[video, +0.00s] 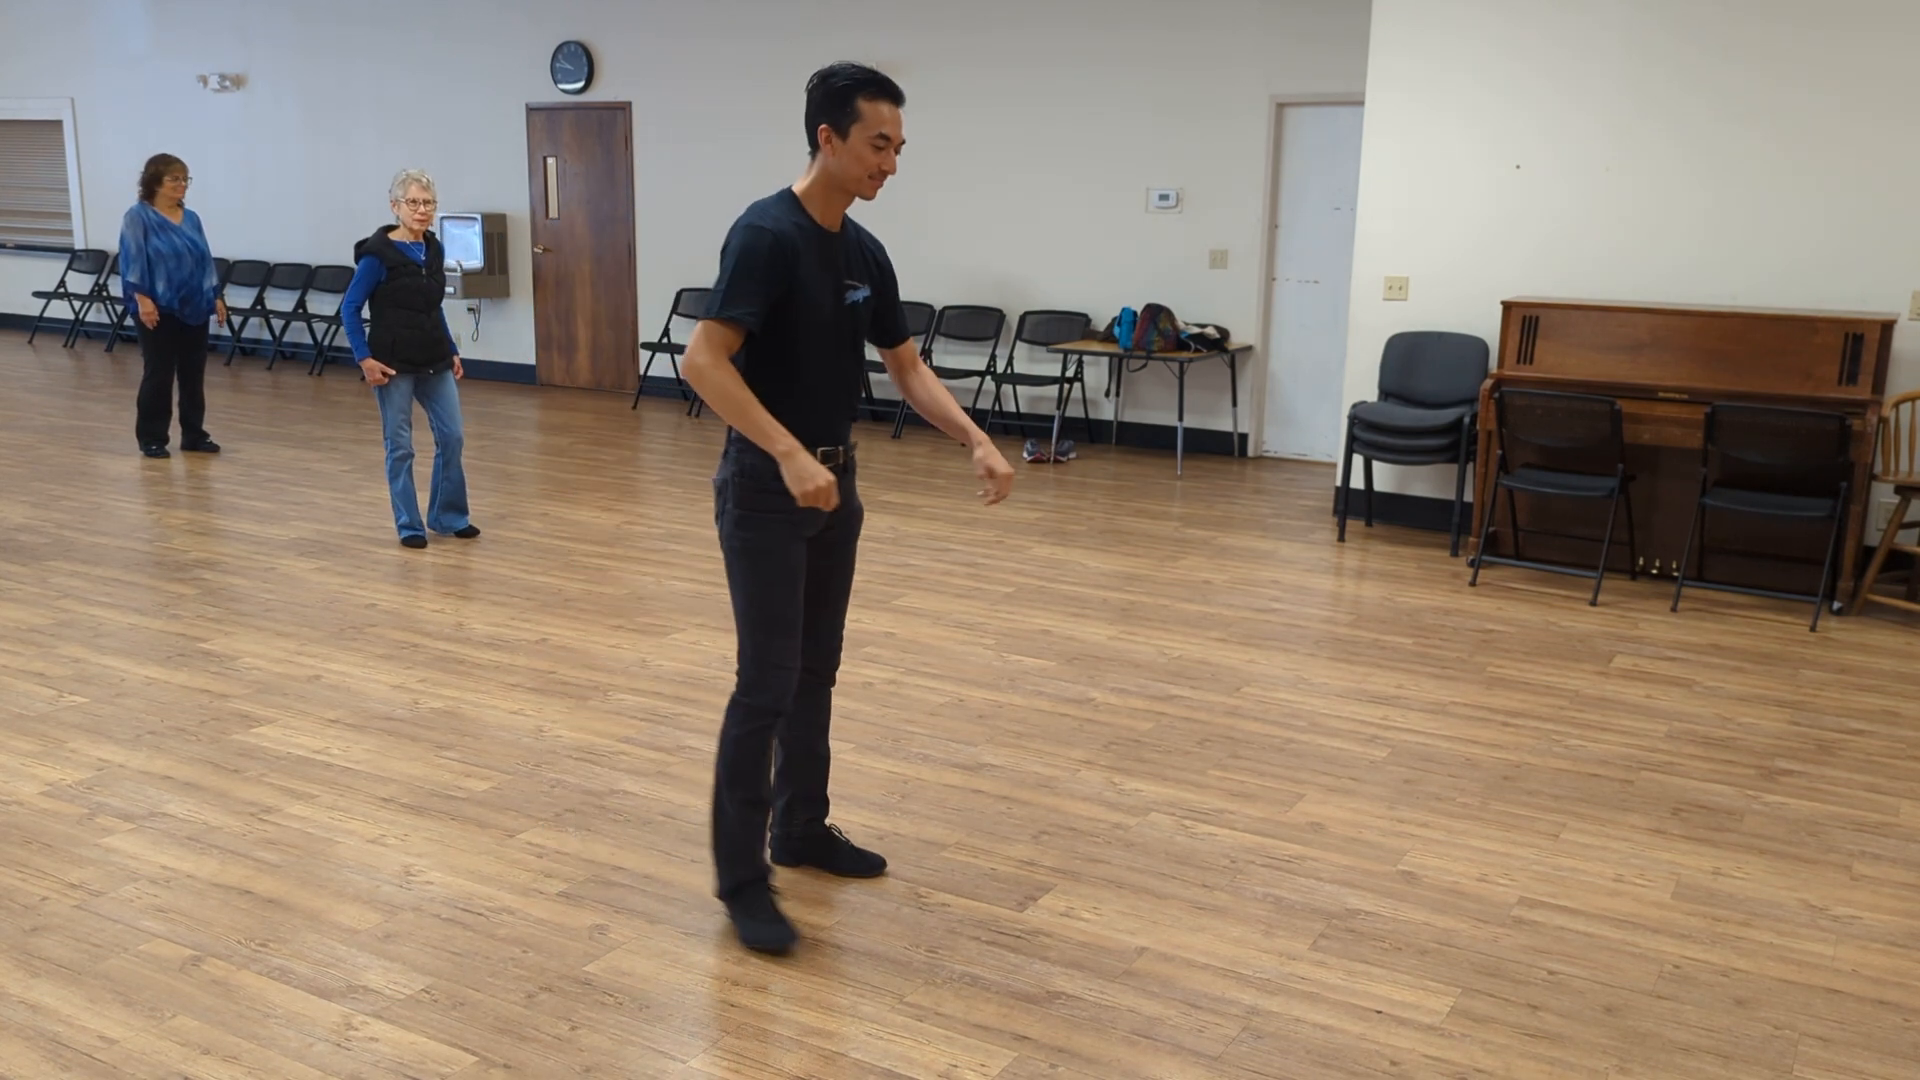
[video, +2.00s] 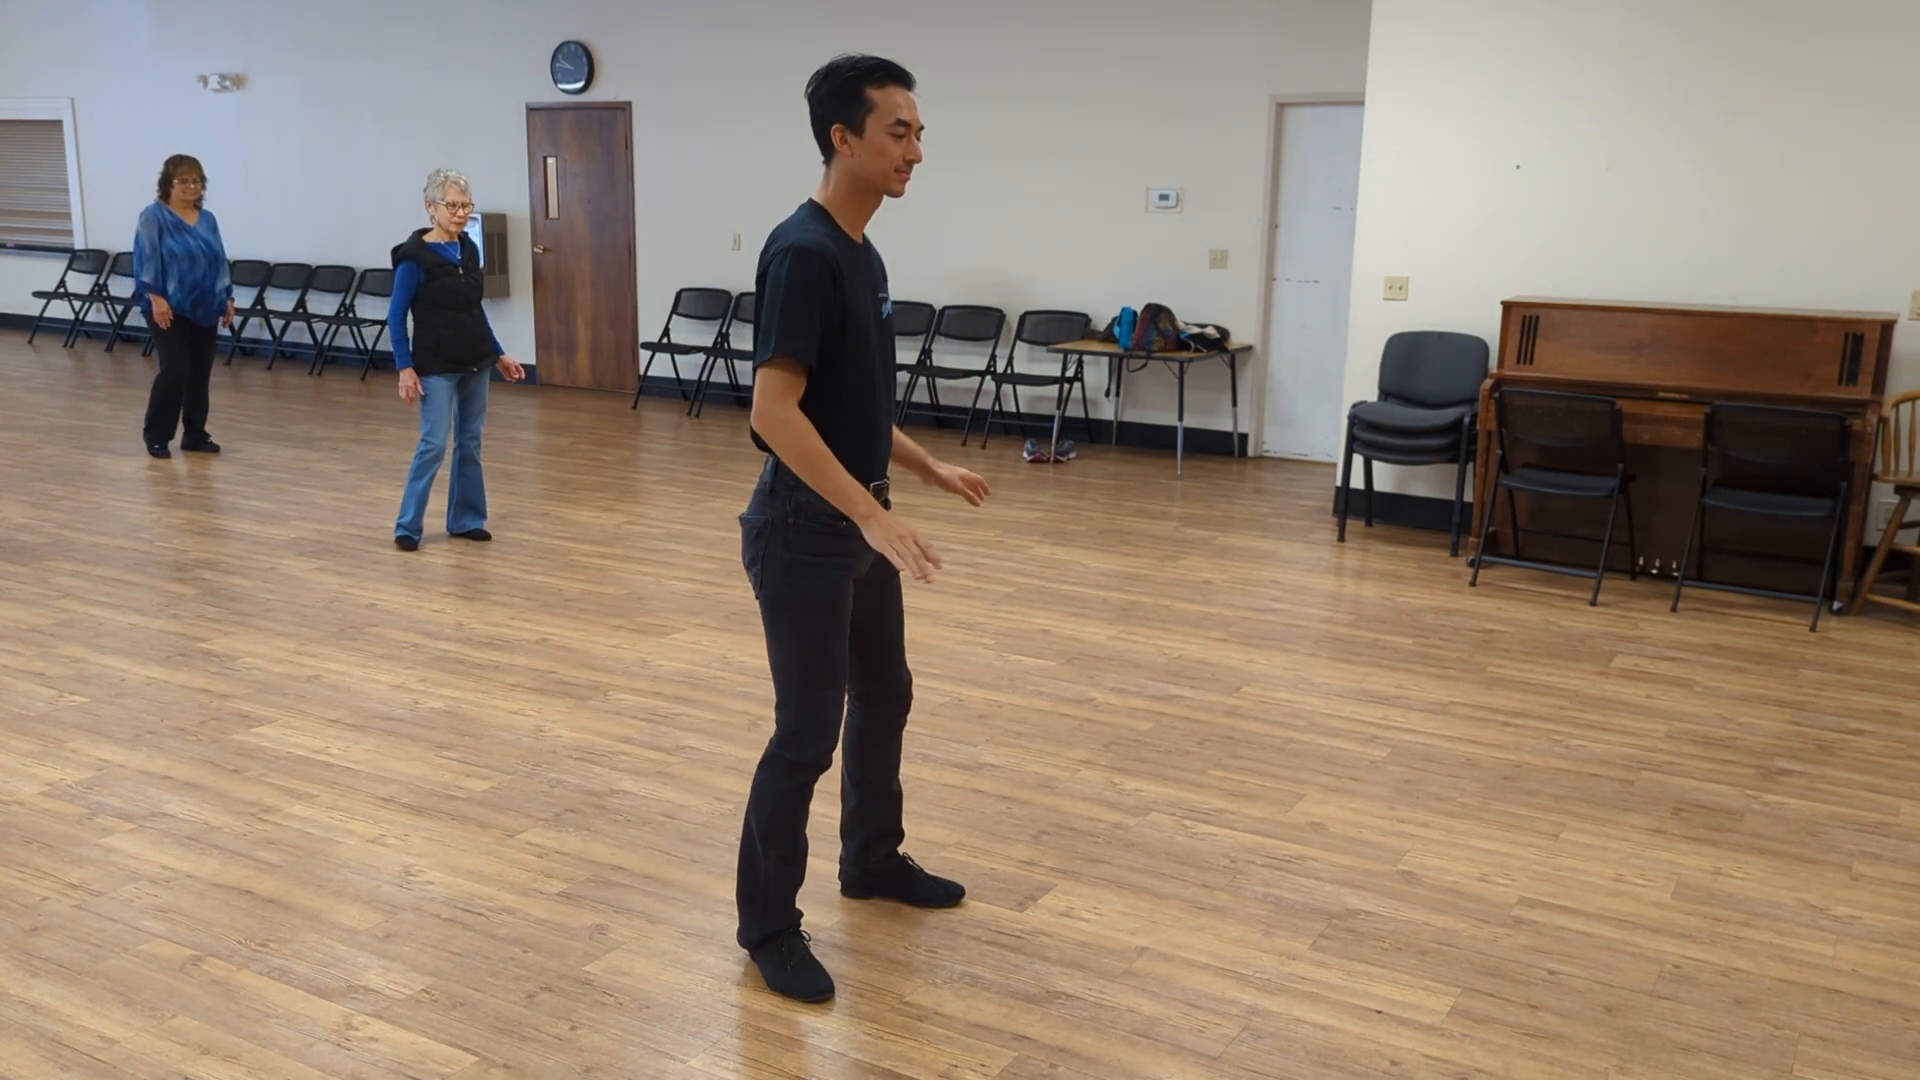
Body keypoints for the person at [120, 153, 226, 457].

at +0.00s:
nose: (182, 185)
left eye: (185, 180)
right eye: (175, 179)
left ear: (186, 183)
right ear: (156, 182)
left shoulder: (190, 217)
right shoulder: (137, 216)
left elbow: (205, 261)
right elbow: (133, 262)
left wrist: (216, 296)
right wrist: (143, 298)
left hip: (194, 308)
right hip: (158, 308)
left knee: (193, 374)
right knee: (159, 374)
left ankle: (193, 435)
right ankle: (152, 440)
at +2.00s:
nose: (193, 186)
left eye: (197, 181)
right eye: (185, 181)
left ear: (203, 184)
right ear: (169, 184)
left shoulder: (207, 218)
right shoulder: (153, 216)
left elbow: (220, 262)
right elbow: (147, 262)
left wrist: (227, 297)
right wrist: (156, 298)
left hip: (205, 308)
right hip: (169, 307)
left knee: (199, 372)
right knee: (175, 369)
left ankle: (194, 434)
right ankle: (156, 436)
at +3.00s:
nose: (202, 196)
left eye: (206, 190)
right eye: (195, 190)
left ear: (210, 190)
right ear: (177, 187)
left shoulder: (211, 218)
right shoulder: (159, 219)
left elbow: (226, 262)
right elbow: (153, 267)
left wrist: (236, 299)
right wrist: (161, 305)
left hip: (218, 311)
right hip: (182, 312)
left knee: (228, 378)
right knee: (183, 380)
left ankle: (241, 439)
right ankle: (175, 447)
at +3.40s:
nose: (220, 189)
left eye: (223, 183)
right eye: (213, 184)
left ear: (224, 185)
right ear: (193, 186)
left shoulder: (228, 218)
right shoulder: (174, 219)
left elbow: (246, 260)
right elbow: (171, 266)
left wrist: (260, 297)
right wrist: (185, 302)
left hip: (232, 310)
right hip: (193, 310)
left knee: (235, 376)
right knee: (192, 378)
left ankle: (241, 438)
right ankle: (176, 445)